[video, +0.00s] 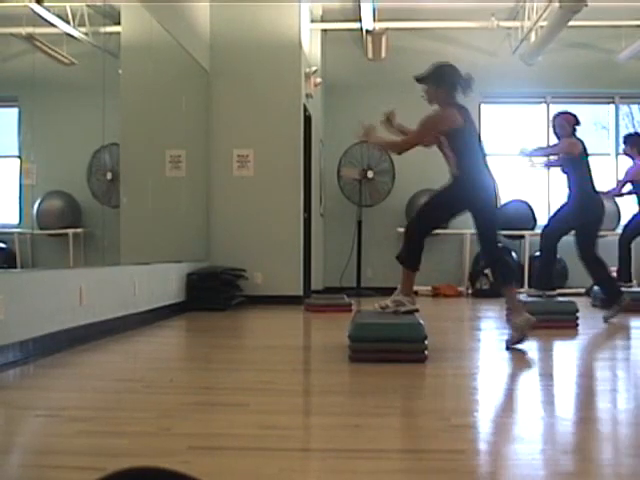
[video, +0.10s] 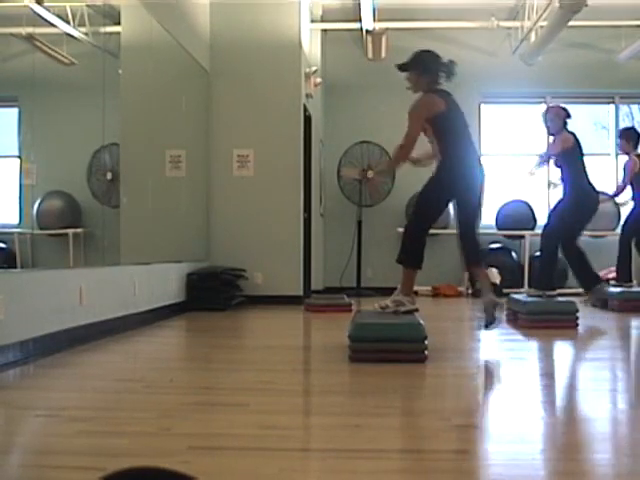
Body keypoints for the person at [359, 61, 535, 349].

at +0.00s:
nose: (424, 91)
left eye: (428, 87)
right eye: (425, 87)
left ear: (441, 88)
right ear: (449, 89)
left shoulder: (440, 118)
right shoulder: (460, 113)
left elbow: (401, 147)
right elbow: (428, 139)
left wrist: (374, 139)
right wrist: (398, 127)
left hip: (463, 187)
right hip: (484, 187)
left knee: (416, 228)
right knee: (492, 249)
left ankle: (404, 296)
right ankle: (517, 312)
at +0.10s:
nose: (407, 79)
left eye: (411, 74)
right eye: (407, 74)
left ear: (423, 75)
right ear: (431, 75)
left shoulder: (423, 103)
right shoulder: (446, 99)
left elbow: (406, 146)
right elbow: (445, 147)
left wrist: (385, 169)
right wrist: (417, 159)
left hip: (449, 173)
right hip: (472, 172)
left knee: (416, 227)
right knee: (468, 234)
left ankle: (405, 296)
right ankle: (487, 293)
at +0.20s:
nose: (391, 79)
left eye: (394, 74)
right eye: (391, 74)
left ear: (408, 75)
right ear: (417, 75)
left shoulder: (410, 101)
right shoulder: (436, 96)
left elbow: (426, 136)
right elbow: (468, 119)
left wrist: (430, 171)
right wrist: (477, 152)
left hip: (443, 168)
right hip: (466, 167)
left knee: (415, 223)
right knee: (448, 227)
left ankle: (405, 293)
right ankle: (456, 279)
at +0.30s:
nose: (382, 88)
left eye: (385, 83)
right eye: (382, 83)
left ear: (398, 84)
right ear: (407, 85)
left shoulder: (404, 108)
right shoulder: (427, 102)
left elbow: (434, 114)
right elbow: (467, 100)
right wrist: (495, 122)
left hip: (441, 171)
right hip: (462, 172)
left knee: (404, 227)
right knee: (429, 227)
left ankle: (403, 295)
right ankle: (428, 277)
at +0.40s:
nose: (381, 90)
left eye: (385, 85)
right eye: (381, 85)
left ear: (398, 87)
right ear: (406, 87)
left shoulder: (403, 110)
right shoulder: (425, 105)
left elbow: (435, 117)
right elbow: (464, 103)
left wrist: (462, 141)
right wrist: (488, 124)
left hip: (439, 175)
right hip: (460, 177)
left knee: (401, 229)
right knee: (428, 229)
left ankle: (403, 295)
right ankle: (428, 278)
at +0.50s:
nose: (388, 79)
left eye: (392, 74)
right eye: (388, 74)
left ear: (406, 76)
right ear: (412, 77)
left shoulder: (411, 103)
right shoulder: (429, 99)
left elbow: (424, 135)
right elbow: (458, 124)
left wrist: (436, 172)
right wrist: (455, 156)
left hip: (442, 168)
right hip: (464, 169)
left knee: (415, 224)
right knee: (446, 227)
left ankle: (404, 293)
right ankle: (458, 283)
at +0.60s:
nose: (401, 78)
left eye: (406, 73)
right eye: (402, 73)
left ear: (420, 74)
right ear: (426, 75)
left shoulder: (426, 102)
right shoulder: (439, 100)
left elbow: (409, 142)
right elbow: (424, 145)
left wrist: (388, 168)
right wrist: (398, 167)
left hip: (452, 172)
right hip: (471, 171)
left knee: (423, 226)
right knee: (469, 232)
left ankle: (405, 294)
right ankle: (491, 286)